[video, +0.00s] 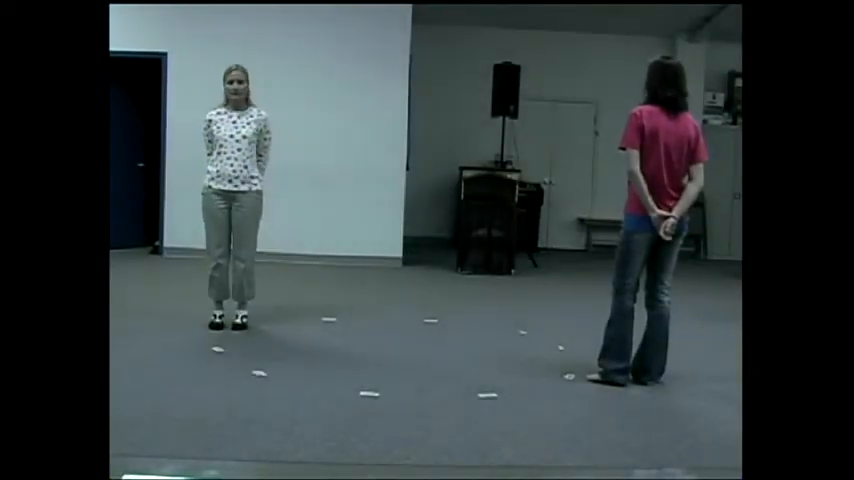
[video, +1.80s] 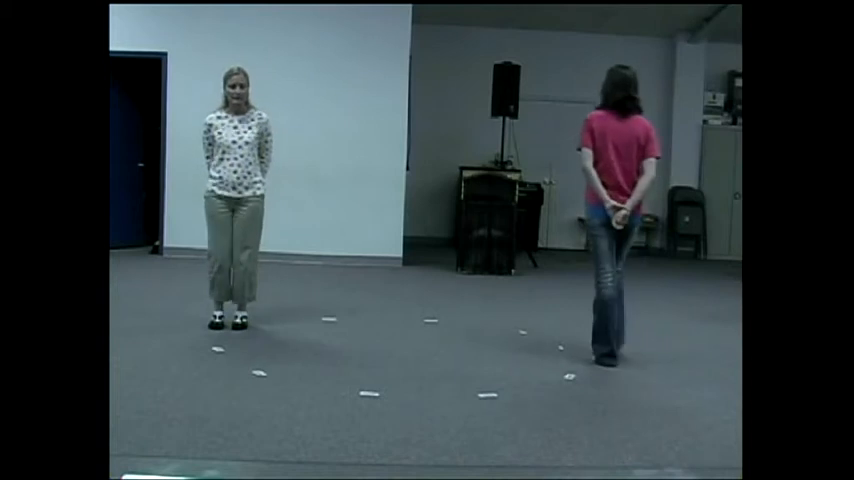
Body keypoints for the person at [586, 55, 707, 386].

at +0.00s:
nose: (647, 85)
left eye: (649, 80)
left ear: (652, 84)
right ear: (682, 86)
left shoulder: (641, 116)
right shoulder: (691, 125)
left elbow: (633, 168)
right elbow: (697, 180)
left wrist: (653, 210)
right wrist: (675, 216)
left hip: (641, 218)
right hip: (674, 220)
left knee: (625, 291)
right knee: (660, 294)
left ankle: (615, 368)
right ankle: (649, 370)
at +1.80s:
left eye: (608, 85)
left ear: (606, 88)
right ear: (634, 90)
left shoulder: (594, 120)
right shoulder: (644, 126)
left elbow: (588, 163)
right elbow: (649, 173)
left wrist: (606, 201)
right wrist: (628, 207)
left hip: (600, 208)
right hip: (631, 210)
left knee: (606, 276)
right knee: (614, 273)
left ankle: (606, 351)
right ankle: (611, 341)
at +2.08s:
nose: (595, 95)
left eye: (595, 90)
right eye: (613, 90)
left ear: (593, 93)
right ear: (621, 95)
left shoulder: (584, 123)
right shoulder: (630, 129)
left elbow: (581, 167)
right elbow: (636, 175)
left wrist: (600, 202)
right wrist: (619, 207)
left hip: (592, 207)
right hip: (620, 208)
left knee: (600, 273)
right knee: (611, 274)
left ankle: (607, 344)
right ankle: (587, 331)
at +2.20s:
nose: (590, 95)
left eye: (591, 89)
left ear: (590, 93)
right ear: (617, 95)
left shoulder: (581, 123)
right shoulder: (626, 128)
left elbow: (577, 166)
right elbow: (634, 172)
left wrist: (596, 200)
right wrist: (615, 204)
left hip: (589, 205)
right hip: (617, 206)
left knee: (593, 270)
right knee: (609, 272)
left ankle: (606, 334)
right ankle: (588, 331)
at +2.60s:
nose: (570, 97)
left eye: (572, 93)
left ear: (575, 97)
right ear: (600, 98)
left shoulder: (568, 125)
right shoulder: (610, 129)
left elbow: (566, 166)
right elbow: (616, 170)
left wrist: (583, 199)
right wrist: (603, 200)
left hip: (574, 206)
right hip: (602, 206)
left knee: (565, 264)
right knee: (596, 270)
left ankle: (554, 321)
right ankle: (590, 333)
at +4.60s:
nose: (502, 96)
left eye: (506, 92)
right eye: (503, 92)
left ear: (516, 97)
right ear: (524, 99)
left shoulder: (515, 124)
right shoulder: (531, 127)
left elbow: (522, 160)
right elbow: (538, 163)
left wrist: (533, 190)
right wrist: (540, 190)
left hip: (513, 198)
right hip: (530, 199)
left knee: (491, 246)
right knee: (523, 251)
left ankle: (505, 304)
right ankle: (528, 310)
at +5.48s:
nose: (420, 95)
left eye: (425, 91)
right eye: (422, 90)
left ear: (436, 96)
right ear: (437, 97)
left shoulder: (438, 124)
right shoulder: (436, 124)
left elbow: (448, 157)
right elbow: (443, 159)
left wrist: (453, 189)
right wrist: (454, 190)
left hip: (435, 195)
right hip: (428, 195)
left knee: (439, 251)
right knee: (412, 251)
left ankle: (455, 305)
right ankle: (393, 300)